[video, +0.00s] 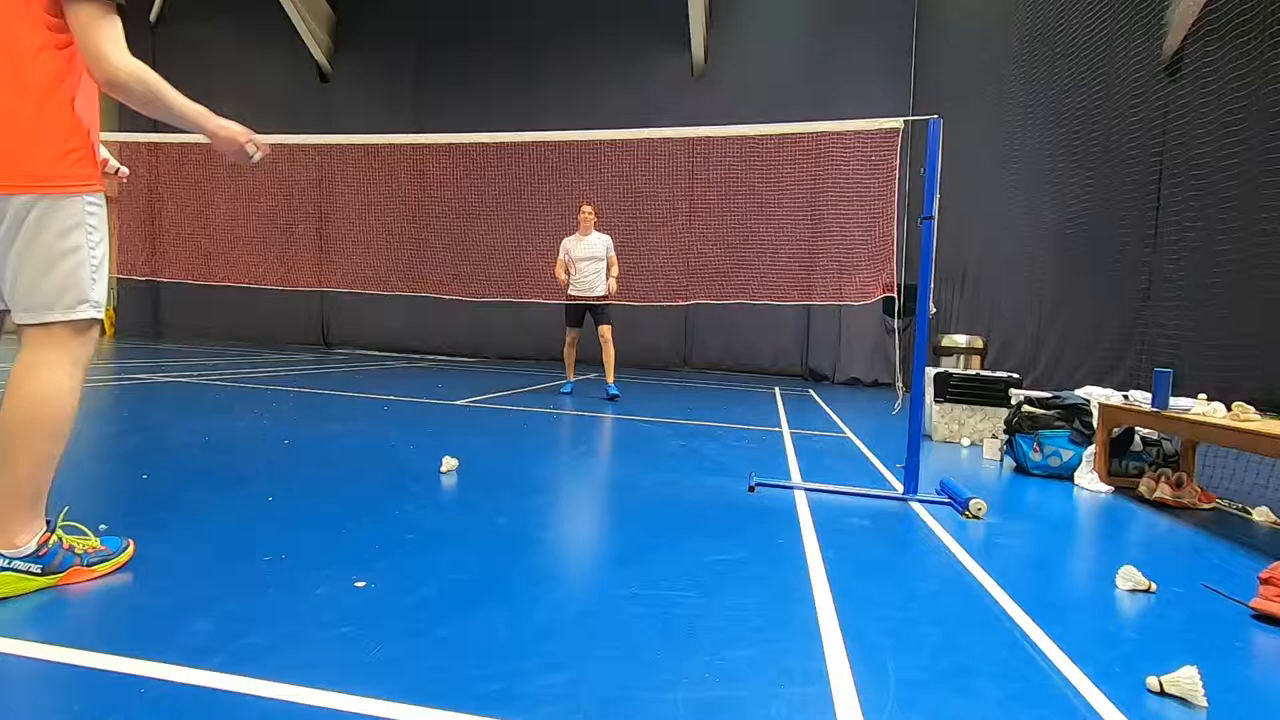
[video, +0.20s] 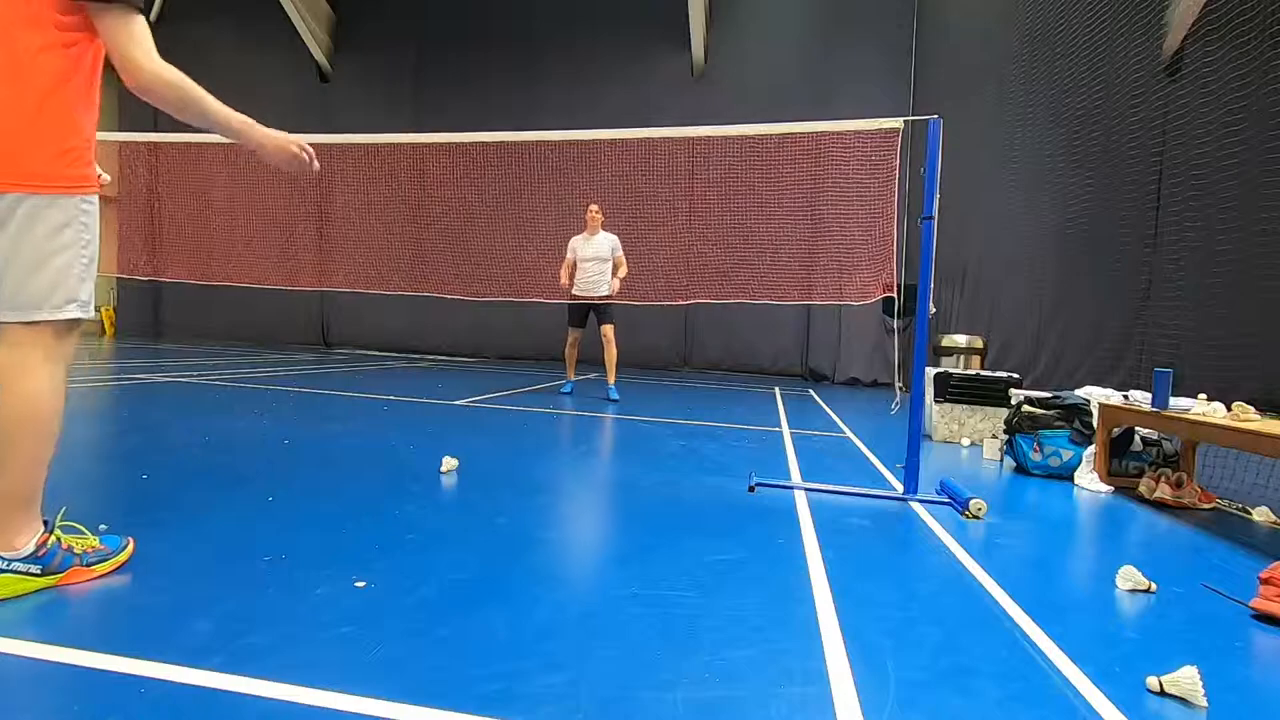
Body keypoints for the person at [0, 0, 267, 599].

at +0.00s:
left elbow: (24, 66)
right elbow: (111, 65)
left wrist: (78, 144)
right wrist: (214, 125)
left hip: (19, 157)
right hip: (43, 158)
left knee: (48, 335)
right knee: (57, 337)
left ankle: (19, 535)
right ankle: (19, 544)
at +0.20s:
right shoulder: (91, 4)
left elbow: (24, 67)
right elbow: (144, 71)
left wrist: (68, 154)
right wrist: (254, 134)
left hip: (24, 166)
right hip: (36, 167)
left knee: (30, 344)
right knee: (35, 346)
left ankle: (19, 532)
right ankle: (18, 542)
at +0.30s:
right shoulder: (107, 3)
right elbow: (149, 79)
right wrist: (259, 171)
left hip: (22, 159)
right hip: (36, 161)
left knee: (27, 341)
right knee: (34, 343)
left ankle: (18, 534)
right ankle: (18, 542)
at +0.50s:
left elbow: (116, 72)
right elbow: (116, 70)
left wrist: (136, 206)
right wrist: (142, 208)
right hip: (39, 149)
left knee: (31, 340)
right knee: (37, 341)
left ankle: (16, 537)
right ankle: (16, 545)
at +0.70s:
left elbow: (165, 87)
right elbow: (162, 86)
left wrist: (176, 218)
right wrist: (179, 218)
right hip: (46, 151)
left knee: (34, 340)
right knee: (43, 343)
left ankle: (20, 532)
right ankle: (18, 544)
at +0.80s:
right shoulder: (159, 5)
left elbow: (224, 89)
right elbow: (225, 90)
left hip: (19, 151)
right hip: (51, 158)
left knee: (29, 342)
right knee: (44, 345)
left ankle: (18, 537)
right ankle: (19, 546)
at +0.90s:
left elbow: (259, 58)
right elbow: (260, 60)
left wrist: (346, 110)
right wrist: (349, 109)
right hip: (52, 148)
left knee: (21, 337)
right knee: (48, 343)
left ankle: (19, 530)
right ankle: (19, 544)